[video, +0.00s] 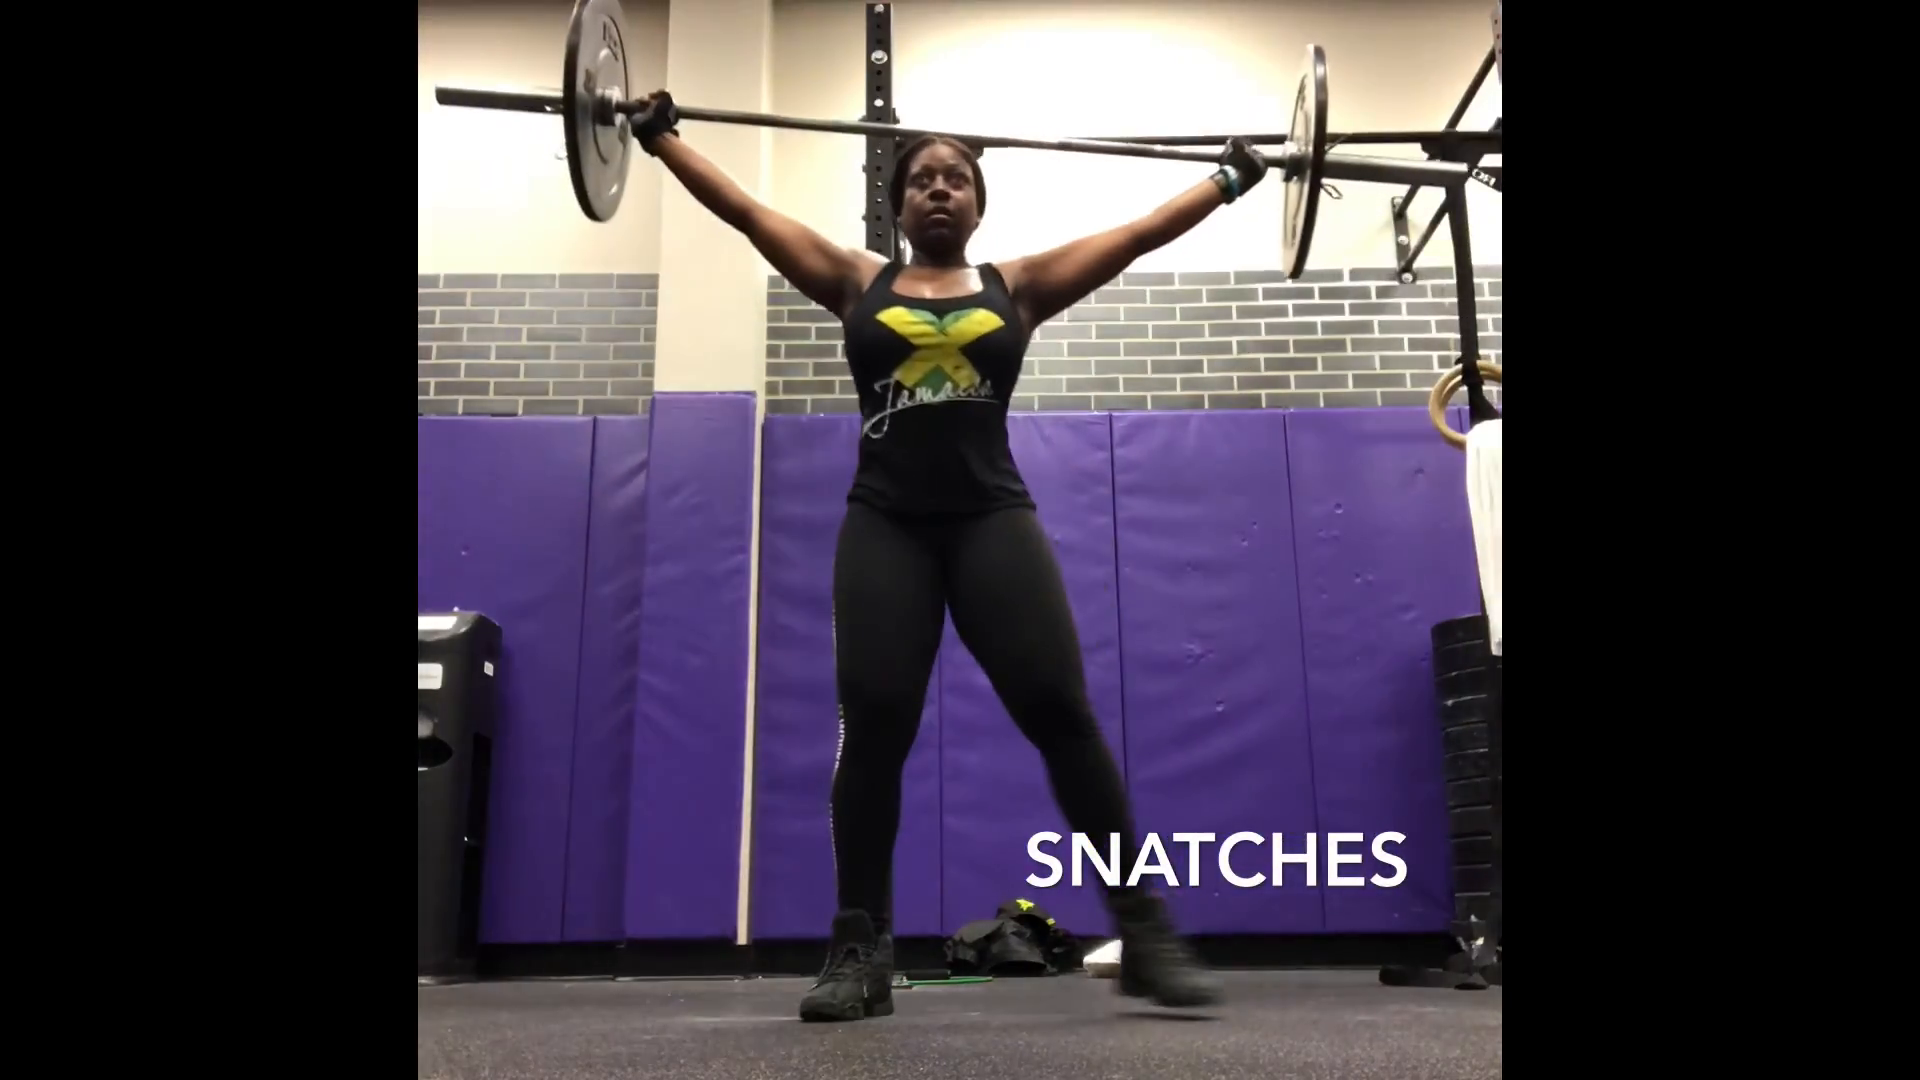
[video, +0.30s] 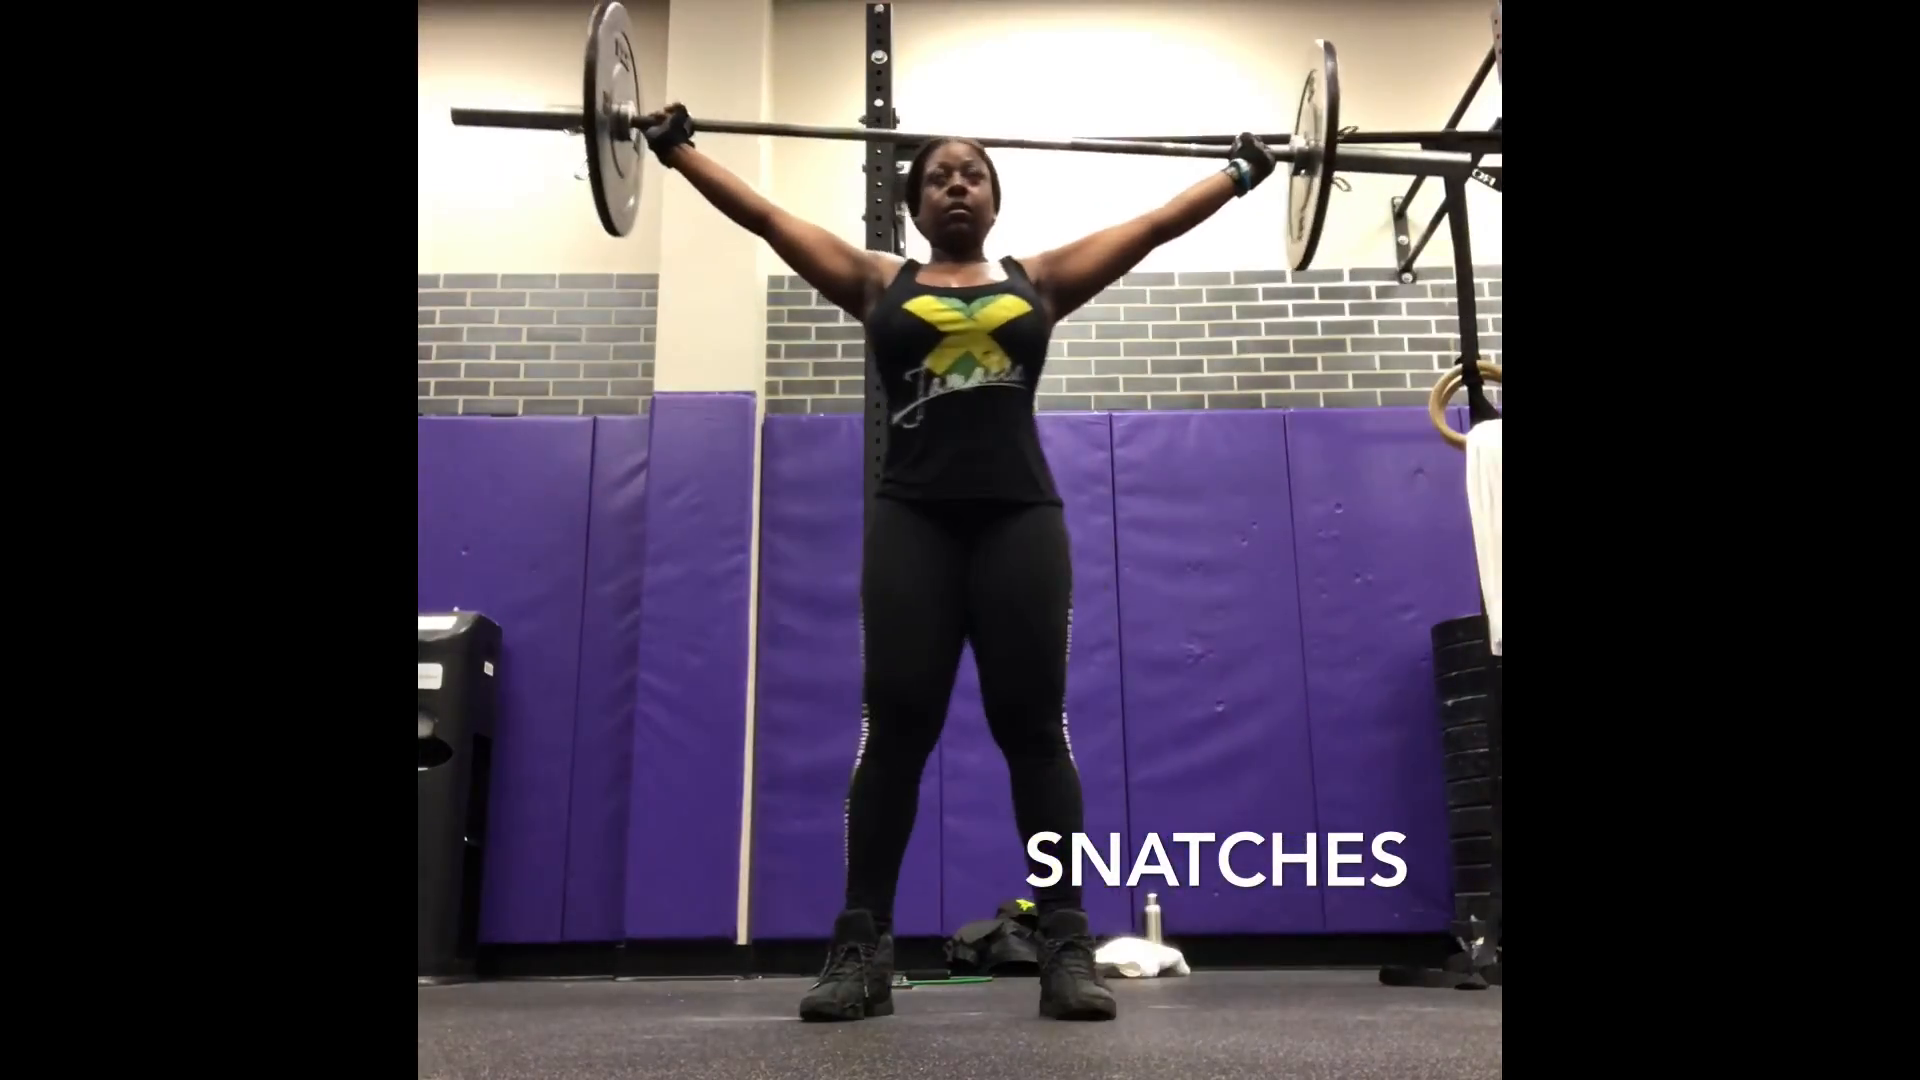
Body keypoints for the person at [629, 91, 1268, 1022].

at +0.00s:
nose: (941, 187)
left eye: (958, 178)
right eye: (924, 179)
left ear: (980, 206)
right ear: (899, 206)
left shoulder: (1013, 288)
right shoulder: (856, 280)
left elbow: (1141, 234)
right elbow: (746, 213)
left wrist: (1229, 180)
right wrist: (662, 139)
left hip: (992, 525)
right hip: (884, 528)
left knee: (1060, 714)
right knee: (874, 733)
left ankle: (1148, 932)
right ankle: (861, 957)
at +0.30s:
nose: (960, 184)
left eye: (975, 175)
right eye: (942, 176)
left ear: (995, 202)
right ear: (917, 203)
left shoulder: (1036, 283)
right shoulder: (879, 282)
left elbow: (1155, 226)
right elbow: (768, 220)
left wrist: (1241, 169)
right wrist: (680, 151)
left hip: (1020, 525)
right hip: (910, 527)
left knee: (1034, 730)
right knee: (897, 730)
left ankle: (1066, 951)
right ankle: (862, 953)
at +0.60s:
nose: (993, 183)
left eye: (1006, 173)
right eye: (975, 177)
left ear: (1031, 198)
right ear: (949, 206)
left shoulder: (1076, 279)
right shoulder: (920, 287)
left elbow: (1186, 220)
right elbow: (799, 231)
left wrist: (1271, 160)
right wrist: (707, 172)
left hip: (1070, 522)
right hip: (962, 523)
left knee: (1066, 731)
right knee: (925, 728)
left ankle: (1070, 954)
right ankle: (868, 950)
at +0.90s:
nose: (999, 180)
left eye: (1013, 170)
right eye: (981, 172)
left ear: (1036, 196)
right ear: (953, 199)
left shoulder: (1077, 276)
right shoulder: (920, 282)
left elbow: (1187, 214)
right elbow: (798, 227)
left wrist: (1269, 152)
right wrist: (705, 169)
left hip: (1061, 519)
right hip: (955, 517)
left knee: (1057, 731)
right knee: (933, 730)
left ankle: (1070, 954)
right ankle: (890, 956)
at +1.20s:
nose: (979, 178)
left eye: (994, 171)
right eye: (961, 171)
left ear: (1015, 201)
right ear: (934, 203)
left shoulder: (1053, 275)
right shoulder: (894, 275)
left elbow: (1161, 211)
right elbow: (777, 211)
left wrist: (1251, 153)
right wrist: (685, 149)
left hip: (1033, 521)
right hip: (923, 521)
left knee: (1040, 733)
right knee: (914, 735)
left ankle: (1068, 955)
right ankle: (889, 958)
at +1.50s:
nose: (972, 221)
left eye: (989, 218)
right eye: (954, 217)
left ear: (1008, 256)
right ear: (927, 250)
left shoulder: (1036, 319)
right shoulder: (885, 308)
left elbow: (1163, 314)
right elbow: (767, 296)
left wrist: (1189, 203)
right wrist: (774, 190)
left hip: (1021, 520)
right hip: (909, 521)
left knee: (1031, 725)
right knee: (910, 727)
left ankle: (1065, 950)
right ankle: (888, 952)